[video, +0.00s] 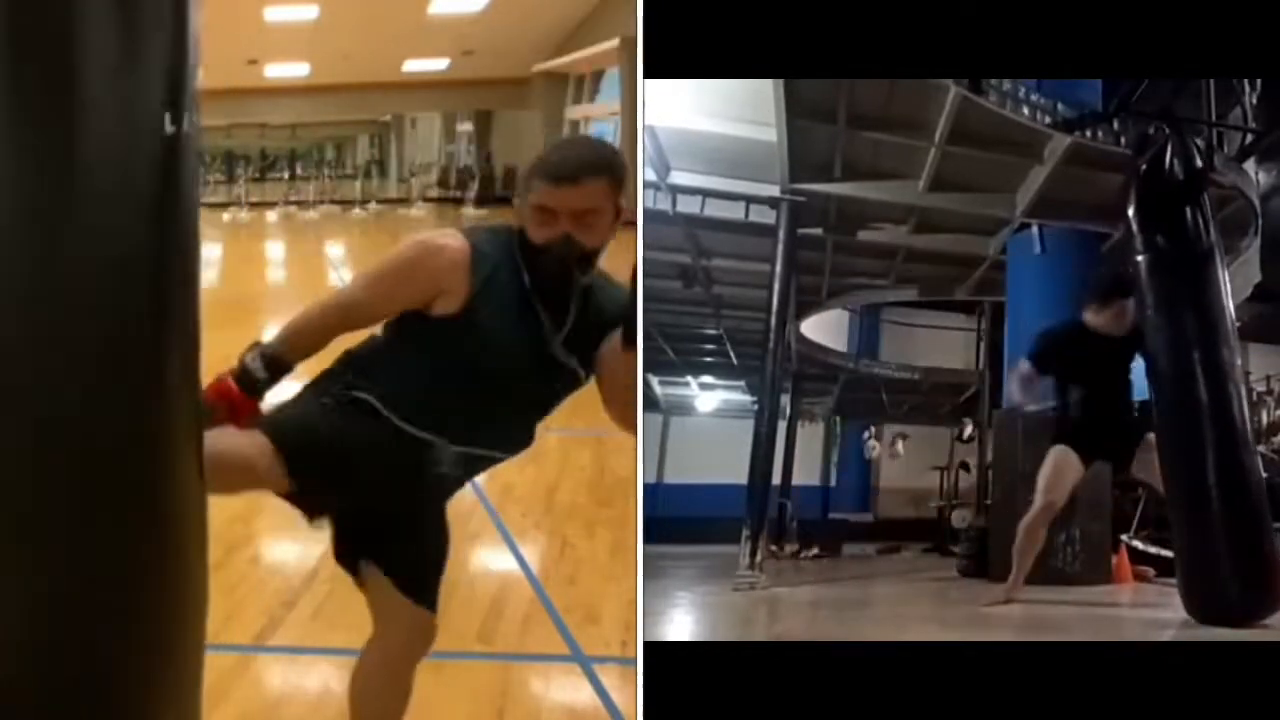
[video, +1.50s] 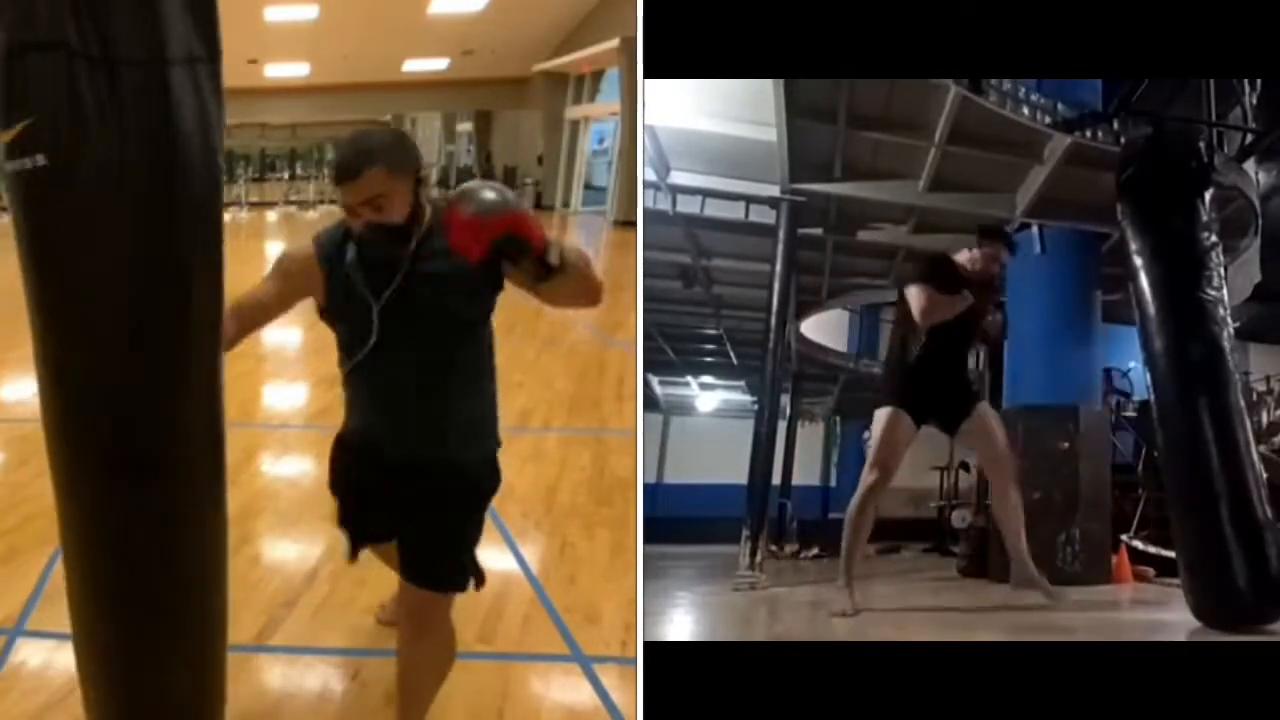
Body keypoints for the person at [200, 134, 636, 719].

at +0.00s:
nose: (564, 234)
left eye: (585, 218)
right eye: (547, 215)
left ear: (618, 217)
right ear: (523, 205)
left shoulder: (608, 314)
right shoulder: (453, 261)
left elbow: (636, 412)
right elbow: (341, 312)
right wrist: (248, 379)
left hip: (417, 481)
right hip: (347, 426)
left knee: (406, 629)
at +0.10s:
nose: (495, 206)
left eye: (514, 189)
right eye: (483, 188)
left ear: (569, 186)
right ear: (472, 179)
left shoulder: (601, 288)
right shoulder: (441, 246)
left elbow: (630, 425)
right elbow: (334, 294)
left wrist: (613, 351)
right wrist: (233, 346)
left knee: (404, 632)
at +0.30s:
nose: (434, 165)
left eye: (452, 150)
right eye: (427, 151)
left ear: (504, 150)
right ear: (421, 150)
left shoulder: (573, 249)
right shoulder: (404, 231)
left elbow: (632, 351)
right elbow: (331, 281)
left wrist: (584, 363)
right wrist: (293, 273)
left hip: (456, 469)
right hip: (371, 421)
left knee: (404, 617)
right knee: (293, 495)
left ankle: (379, 715)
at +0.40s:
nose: (420, 179)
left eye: (436, 164)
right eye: (412, 164)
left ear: (478, 161)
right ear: (404, 161)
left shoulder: (525, 247)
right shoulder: (389, 235)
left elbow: (595, 369)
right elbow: (325, 311)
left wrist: (531, 309)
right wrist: (307, 278)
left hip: (445, 467)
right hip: (370, 435)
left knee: (403, 618)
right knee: (370, 513)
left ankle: (387, 710)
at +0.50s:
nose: (401, 191)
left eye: (415, 178)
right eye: (393, 177)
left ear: (456, 173)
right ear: (386, 173)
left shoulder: (497, 251)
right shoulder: (387, 237)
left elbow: (520, 361)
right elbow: (329, 324)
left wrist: (451, 294)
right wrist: (318, 287)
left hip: (443, 449)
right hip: (377, 428)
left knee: (421, 602)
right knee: (407, 524)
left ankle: (424, 711)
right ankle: (419, 607)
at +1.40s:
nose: (329, 223)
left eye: (341, 206)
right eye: (318, 212)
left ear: (377, 188)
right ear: (310, 205)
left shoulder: (444, 233)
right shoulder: (332, 251)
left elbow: (550, 296)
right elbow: (323, 298)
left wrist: (441, 278)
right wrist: (279, 327)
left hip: (446, 448)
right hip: (368, 435)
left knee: (415, 601)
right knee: (340, 520)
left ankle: (406, 712)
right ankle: (415, 580)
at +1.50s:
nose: (364, 221)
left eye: (378, 204)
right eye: (351, 208)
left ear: (416, 186)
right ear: (338, 199)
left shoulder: (472, 238)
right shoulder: (321, 260)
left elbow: (586, 292)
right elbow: (238, 318)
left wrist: (535, 245)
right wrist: (180, 354)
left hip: (454, 453)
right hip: (369, 446)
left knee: (422, 606)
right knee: (377, 534)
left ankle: (410, 712)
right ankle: (421, 586)